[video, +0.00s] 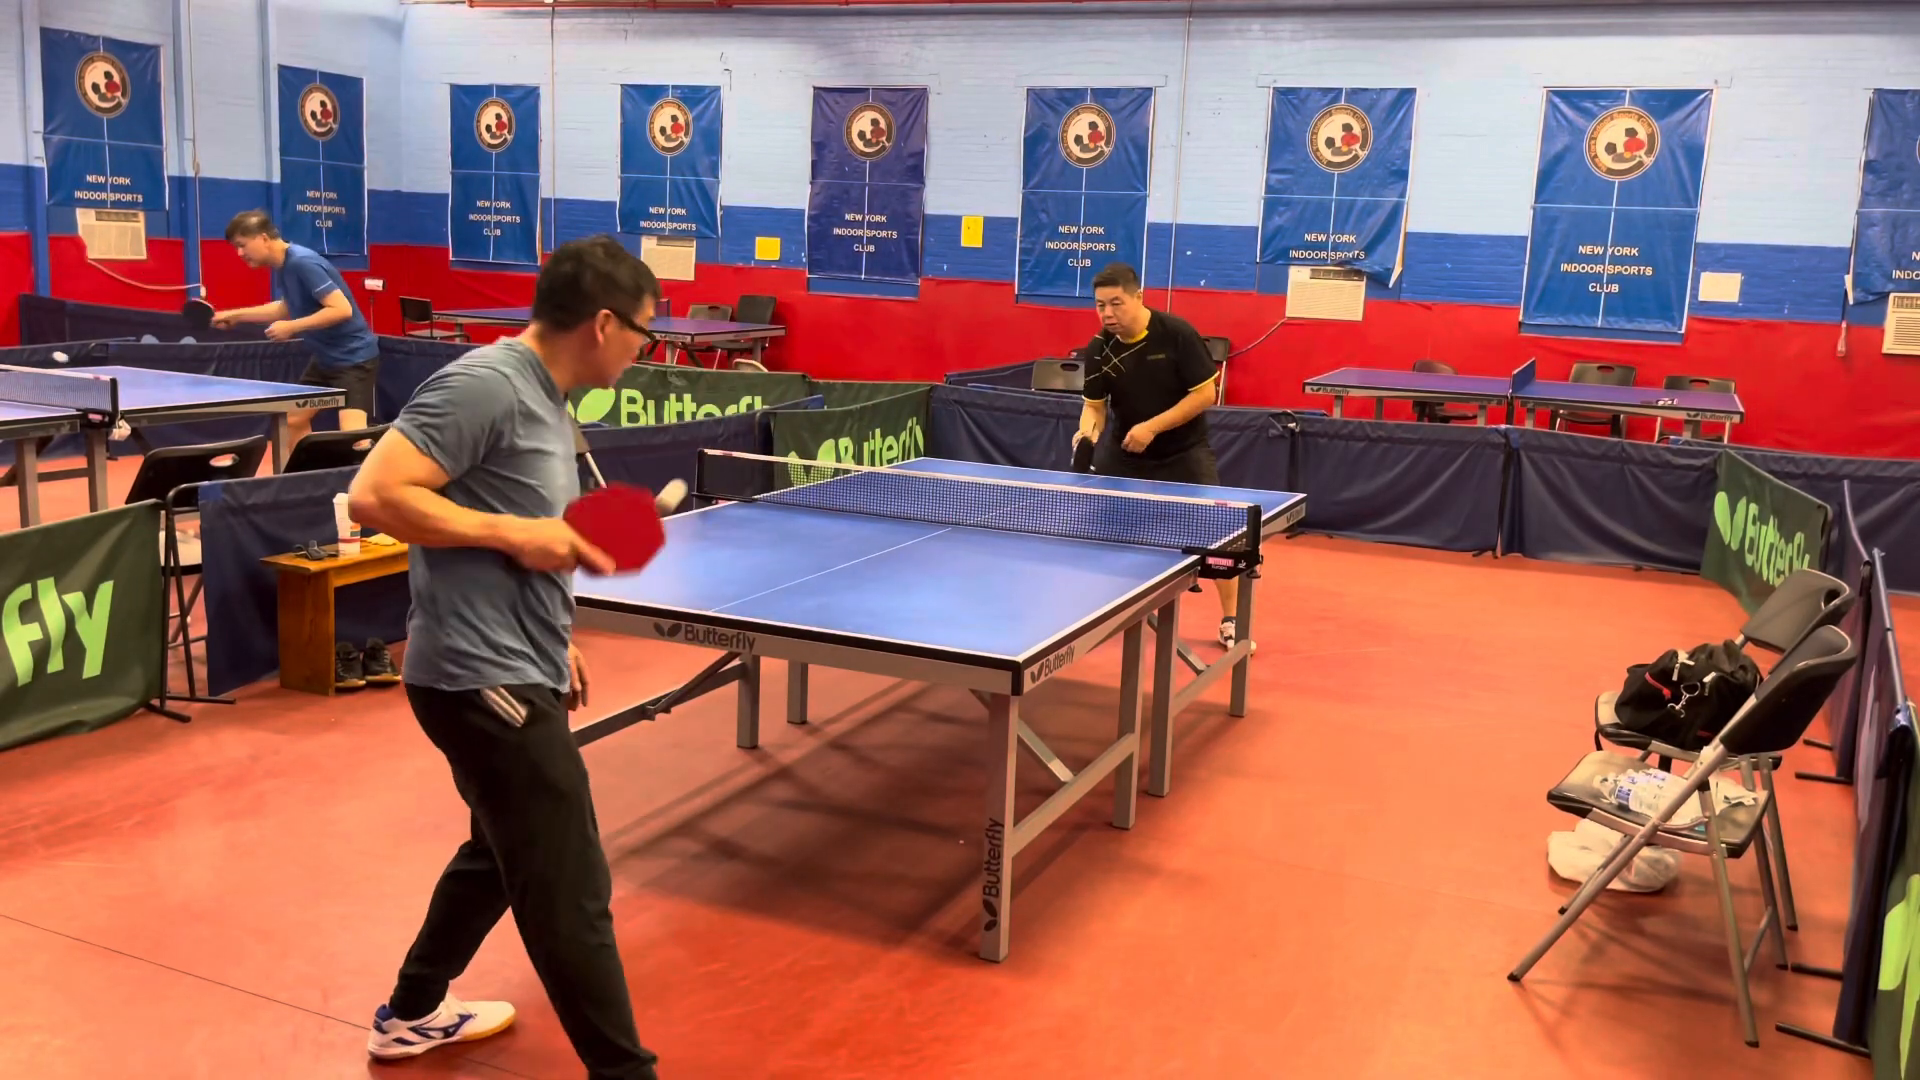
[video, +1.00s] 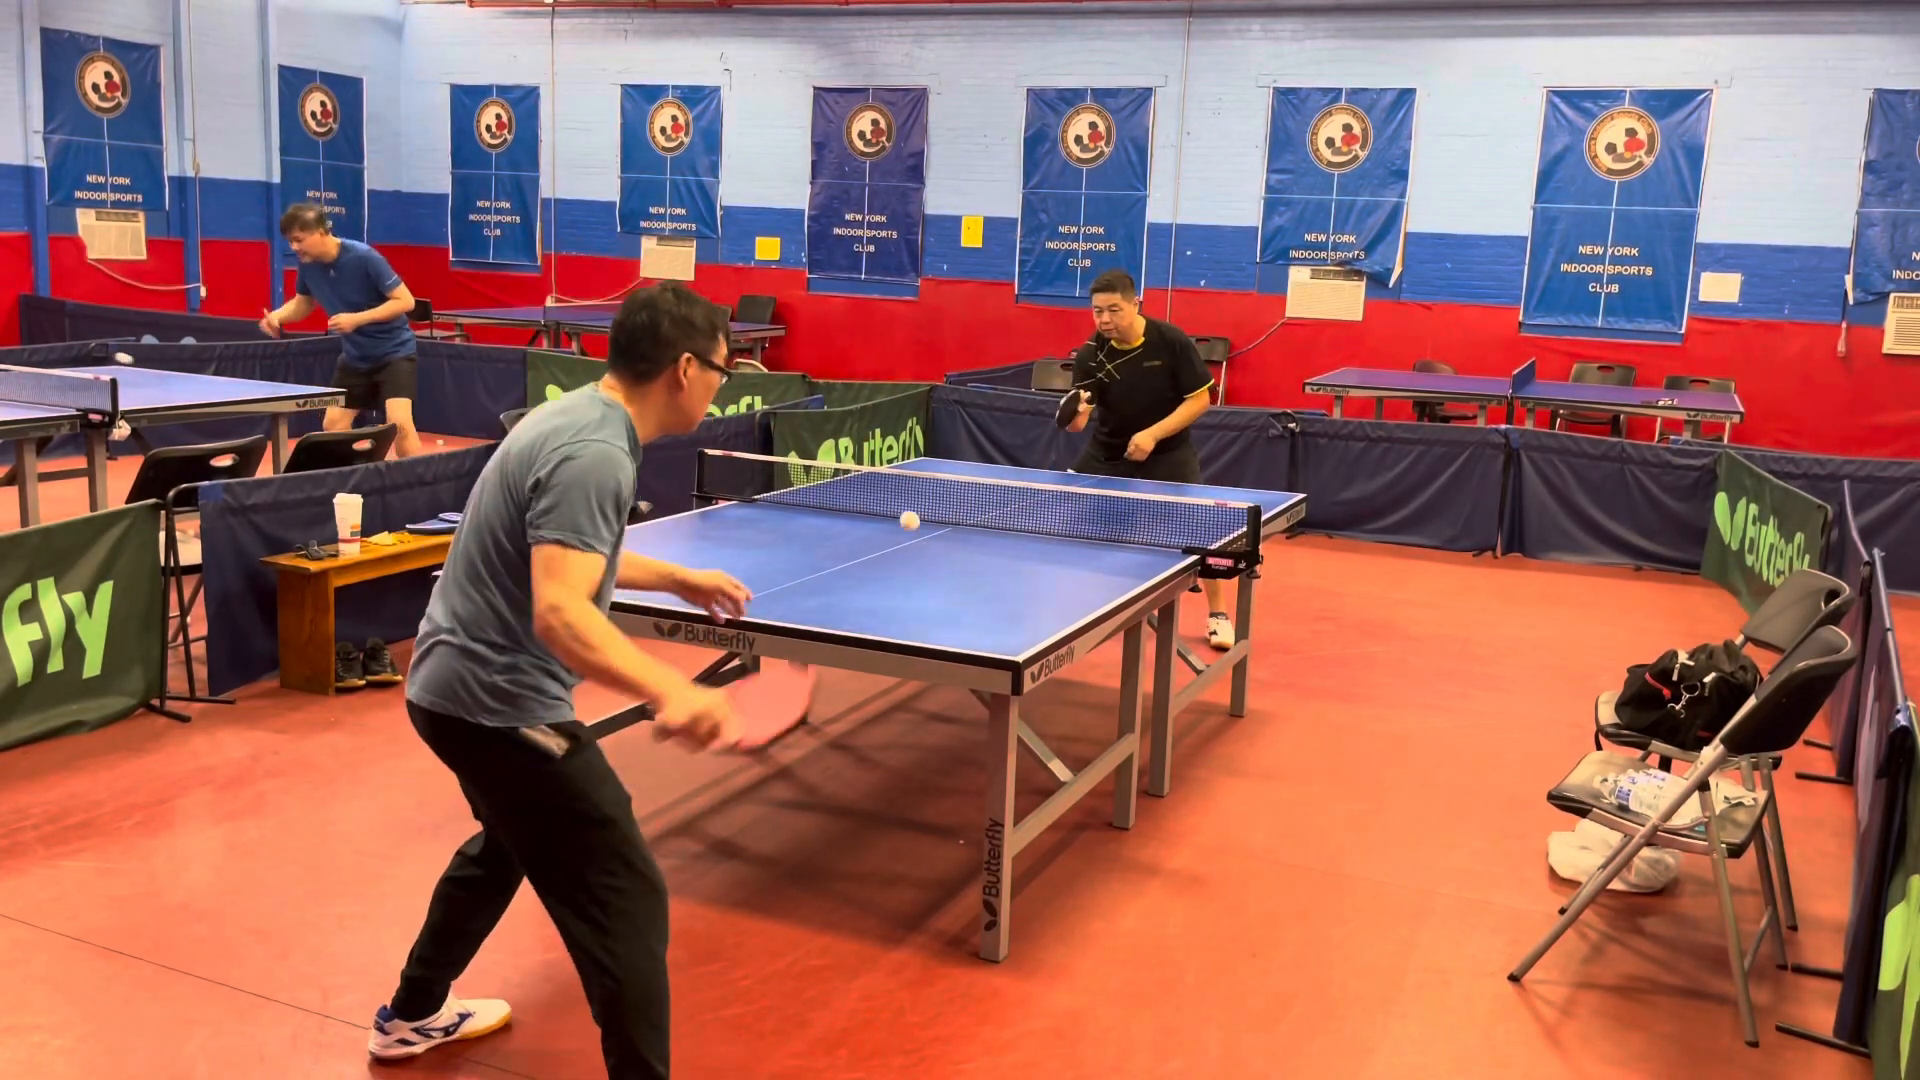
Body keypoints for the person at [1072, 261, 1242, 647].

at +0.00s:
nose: (1106, 313)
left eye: (1114, 303)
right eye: (1100, 305)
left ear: (1138, 298)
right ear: (1095, 305)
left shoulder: (1178, 334)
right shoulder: (1098, 349)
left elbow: (1206, 394)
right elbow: (1094, 406)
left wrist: (1152, 426)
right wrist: (1087, 433)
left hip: (1185, 455)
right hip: (1124, 456)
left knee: (1217, 530)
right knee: (1101, 527)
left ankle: (1230, 618)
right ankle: (1125, 609)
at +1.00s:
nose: (1103, 320)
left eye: (1112, 310)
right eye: (1097, 311)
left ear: (1135, 305)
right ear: (1092, 310)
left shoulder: (1173, 342)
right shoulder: (1090, 353)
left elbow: (1201, 399)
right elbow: (1077, 418)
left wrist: (1153, 433)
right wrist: (1073, 415)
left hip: (1169, 454)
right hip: (1105, 452)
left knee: (1201, 524)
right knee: (1059, 511)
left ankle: (1217, 614)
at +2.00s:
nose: (1116, 311)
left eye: (1125, 303)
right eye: (1110, 303)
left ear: (1148, 298)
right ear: (1105, 303)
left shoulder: (1181, 337)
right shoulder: (1099, 343)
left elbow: (1203, 398)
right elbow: (1087, 400)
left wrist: (1151, 424)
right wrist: (1084, 409)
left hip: (1173, 455)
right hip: (1111, 452)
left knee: (1206, 526)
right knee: (1064, 510)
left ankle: (1224, 616)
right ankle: (1059, 606)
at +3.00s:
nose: (1028, 326)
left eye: (1036, 317)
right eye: (1021, 318)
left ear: (1057, 313)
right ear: (1016, 317)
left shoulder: (1087, 348)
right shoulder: (1023, 351)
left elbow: (1102, 412)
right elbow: (1022, 399)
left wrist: (1046, 421)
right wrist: (1002, 429)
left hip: (1114, 447)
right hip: (1062, 446)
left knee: (1150, 515)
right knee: (1010, 497)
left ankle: (1199, 593)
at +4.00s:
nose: (1069, 324)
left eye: (1076, 315)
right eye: (1063, 315)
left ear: (1100, 308)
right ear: (1059, 313)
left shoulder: (1121, 346)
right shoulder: (1092, 339)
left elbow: (1121, 420)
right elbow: (1096, 389)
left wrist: (1070, 418)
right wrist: (1062, 412)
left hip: (1149, 453)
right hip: (1111, 447)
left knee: (1178, 528)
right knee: (1063, 502)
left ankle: (1234, 605)